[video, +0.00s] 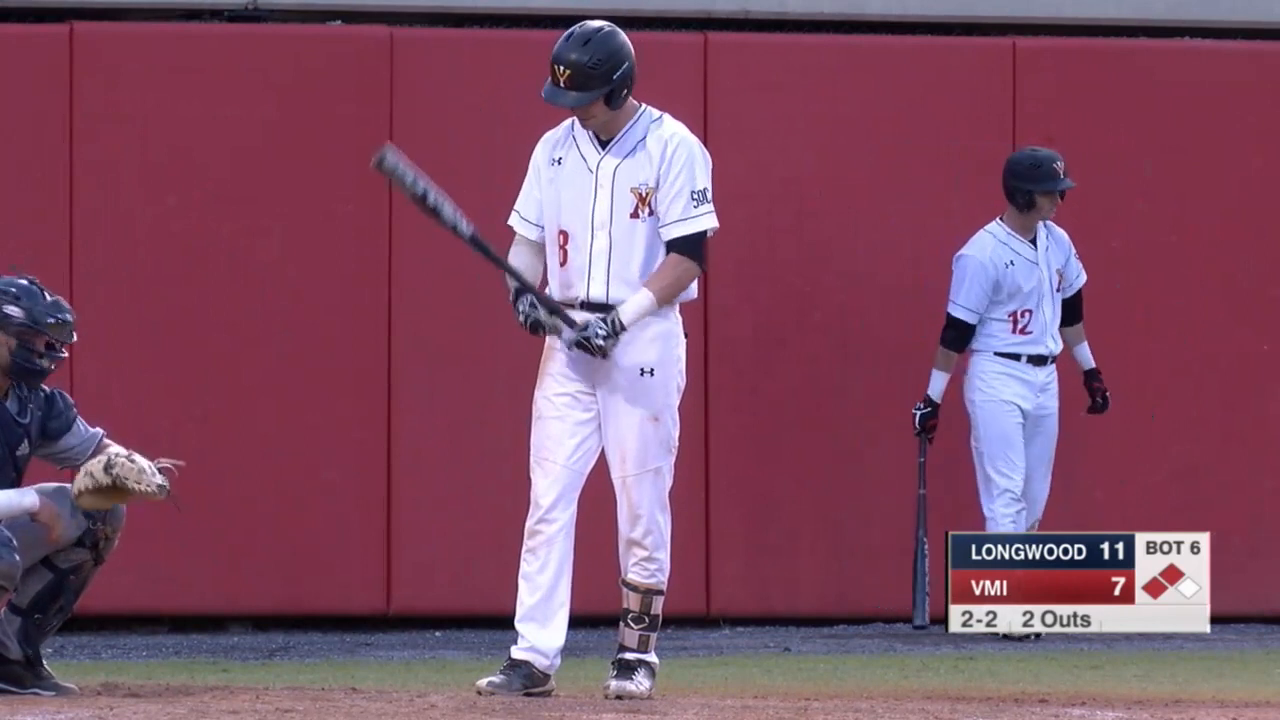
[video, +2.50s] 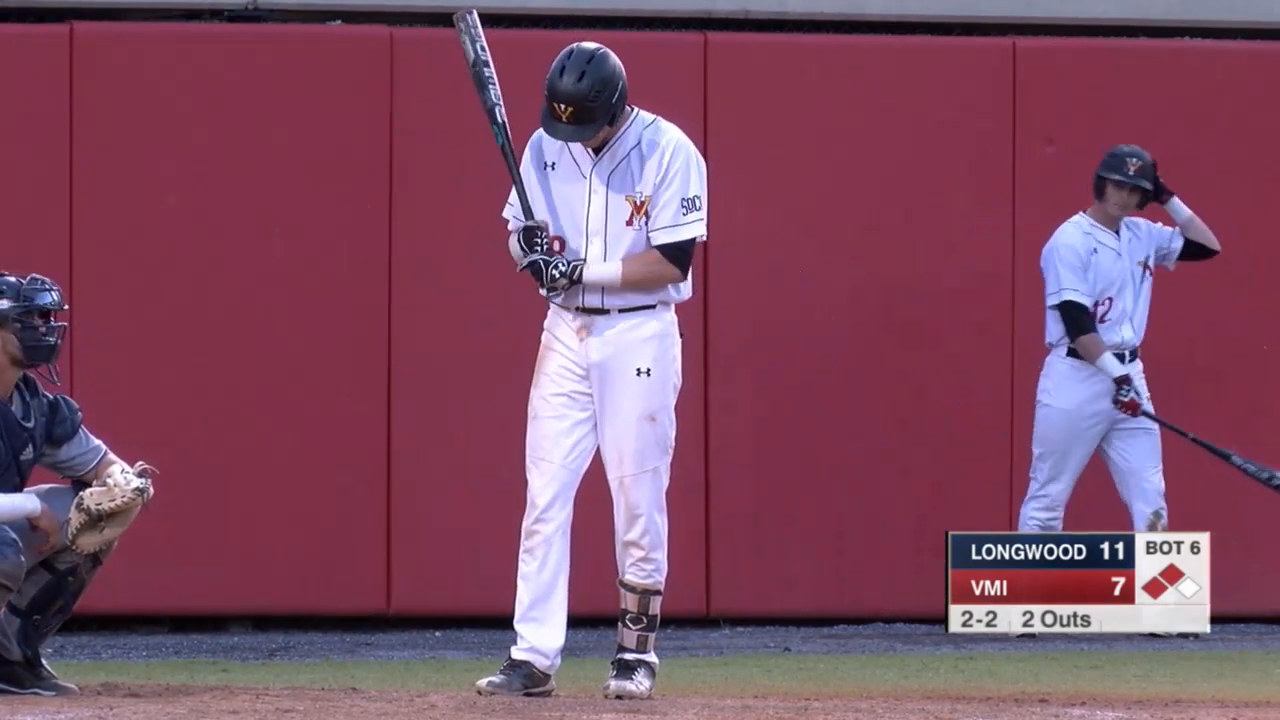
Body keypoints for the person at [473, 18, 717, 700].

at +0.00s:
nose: (572, 110)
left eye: (581, 99)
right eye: (567, 98)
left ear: (617, 87)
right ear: (566, 87)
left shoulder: (673, 144)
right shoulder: (553, 147)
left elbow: (689, 255)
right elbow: (528, 241)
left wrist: (622, 313)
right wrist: (523, 291)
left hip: (643, 345)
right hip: (565, 342)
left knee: (640, 500)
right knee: (548, 501)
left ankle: (635, 655)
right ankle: (533, 658)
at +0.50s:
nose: (573, 127)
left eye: (582, 115)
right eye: (563, 115)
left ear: (614, 98)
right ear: (553, 101)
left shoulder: (672, 149)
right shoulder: (544, 146)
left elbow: (724, 249)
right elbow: (524, 246)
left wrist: (777, 329)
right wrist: (497, 337)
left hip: (640, 341)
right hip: (563, 339)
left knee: (638, 490)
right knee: (546, 496)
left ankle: (635, 652)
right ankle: (533, 656)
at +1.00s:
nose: (566, 131)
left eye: (574, 119)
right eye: (557, 119)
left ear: (606, 101)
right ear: (549, 104)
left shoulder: (671, 149)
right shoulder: (544, 146)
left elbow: (714, 255)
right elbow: (529, 251)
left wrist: (756, 340)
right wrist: (507, 341)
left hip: (643, 339)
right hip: (565, 336)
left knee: (639, 491)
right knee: (547, 496)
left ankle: (635, 654)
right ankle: (531, 657)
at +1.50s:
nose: (571, 132)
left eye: (579, 121)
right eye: (564, 122)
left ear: (613, 103)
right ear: (558, 106)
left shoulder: (672, 146)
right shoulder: (551, 146)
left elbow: (675, 258)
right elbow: (537, 241)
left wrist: (595, 302)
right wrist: (529, 285)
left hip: (644, 343)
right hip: (569, 341)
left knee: (640, 497)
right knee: (549, 499)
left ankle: (636, 654)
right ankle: (533, 657)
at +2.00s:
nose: (572, 136)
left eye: (583, 126)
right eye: (564, 125)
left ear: (615, 107)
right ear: (554, 107)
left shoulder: (669, 146)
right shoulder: (544, 144)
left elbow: (675, 257)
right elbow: (520, 225)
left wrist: (582, 272)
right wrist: (533, 256)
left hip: (644, 336)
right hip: (570, 334)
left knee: (639, 490)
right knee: (548, 494)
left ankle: (635, 653)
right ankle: (533, 657)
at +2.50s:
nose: (576, 140)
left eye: (588, 129)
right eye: (567, 128)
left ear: (617, 109)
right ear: (555, 108)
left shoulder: (669, 149)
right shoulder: (545, 146)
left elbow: (672, 263)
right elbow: (517, 222)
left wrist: (581, 273)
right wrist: (529, 246)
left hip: (639, 339)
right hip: (564, 337)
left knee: (636, 491)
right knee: (545, 494)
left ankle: (635, 653)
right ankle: (533, 656)